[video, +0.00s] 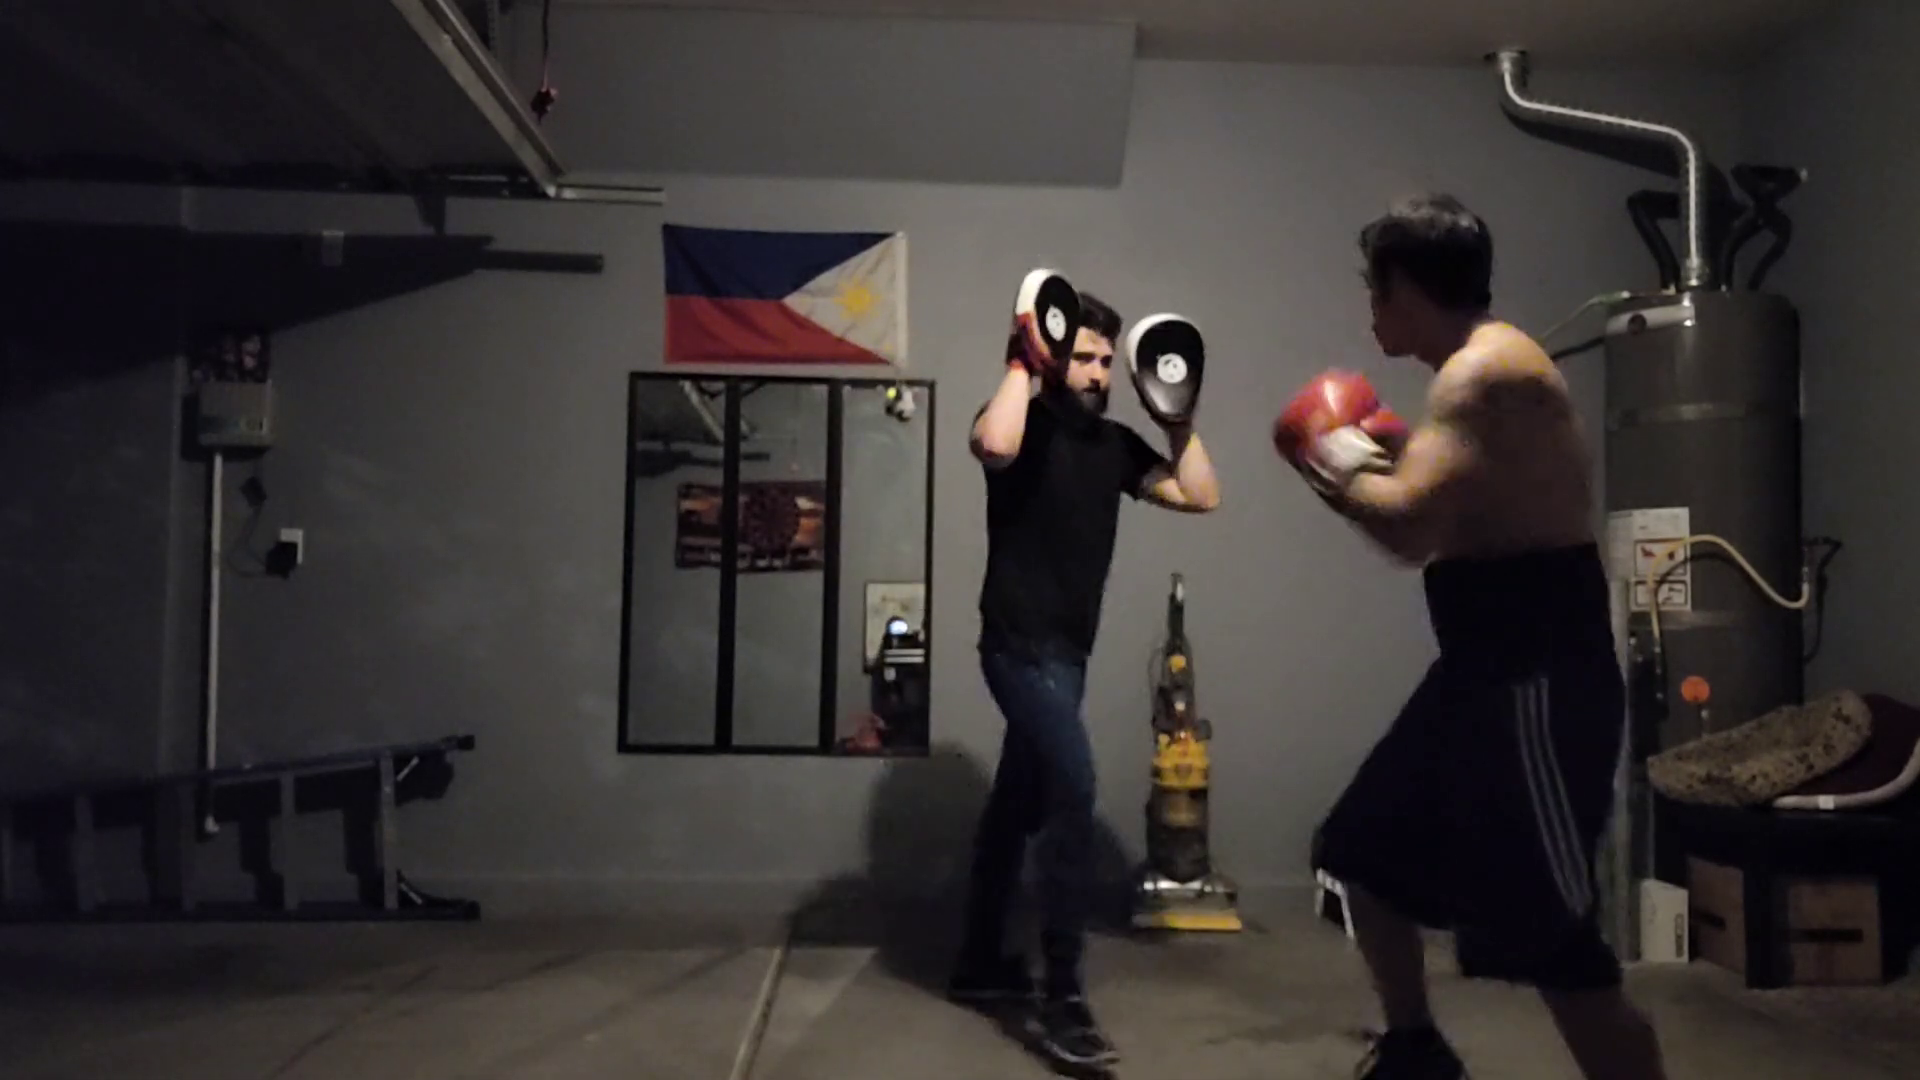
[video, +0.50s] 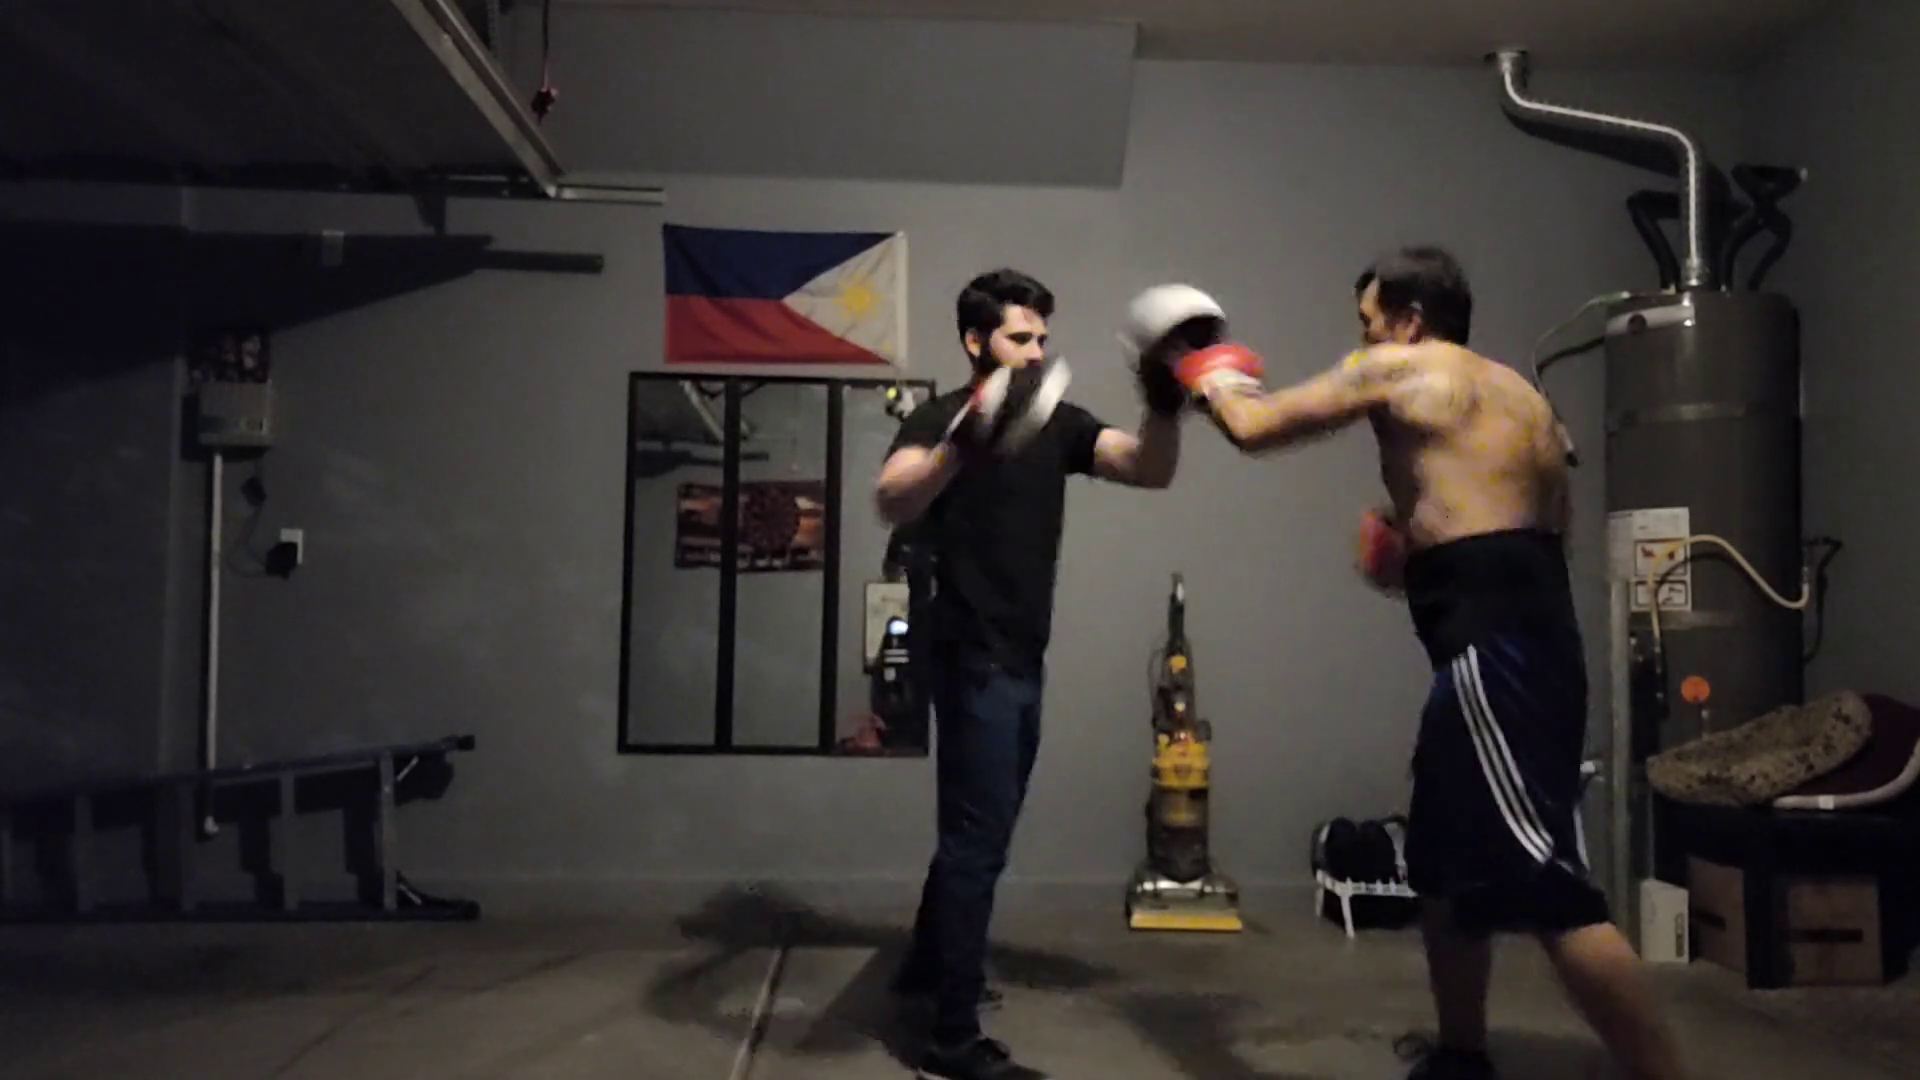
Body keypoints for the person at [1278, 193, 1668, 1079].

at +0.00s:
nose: (1373, 318)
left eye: (1379, 296)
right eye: (1372, 296)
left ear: (1422, 292)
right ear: (1449, 286)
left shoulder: (1483, 369)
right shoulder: (1499, 360)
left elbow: (1407, 523)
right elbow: (1468, 494)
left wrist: (1324, 465)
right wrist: (1382, 449)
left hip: (1538, 673)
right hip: (1482, 668)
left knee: (1556, 930)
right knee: (1367, 851)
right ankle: (1413, 1045)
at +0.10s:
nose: (1363, 308)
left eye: (1374, 289)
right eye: (1366, 288)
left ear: (1416, 291)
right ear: (1433, 288)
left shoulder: (1501, 362)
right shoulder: (1450, 371)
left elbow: (1523, 500)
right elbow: (1440, 453)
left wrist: (1391, 489)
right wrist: (1359, 398)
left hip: (1535, 667)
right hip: (1464, 663)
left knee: (1566, 916)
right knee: (1390, 863)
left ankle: (1640, 1072)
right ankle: (1437, 1046)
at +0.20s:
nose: (1357, 314)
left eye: (1369, 298)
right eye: (1361, 298)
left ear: (1414, 307)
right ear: (1405, 307)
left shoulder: (1499, 370)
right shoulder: (1405, 383)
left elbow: (1572, 487)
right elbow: (1317, 383)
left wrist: (1425, 483)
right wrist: (1225, 320)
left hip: (1523, 665)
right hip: (1451, 666)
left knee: (1539, 915)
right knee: (1408, 875)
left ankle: (1617, 1071)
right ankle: (1451, 1054)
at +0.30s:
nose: (1353, 318)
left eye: (1361, 301)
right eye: (1355, 301)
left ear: (1397, 306)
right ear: (1416, 308)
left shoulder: (1473, 372)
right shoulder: (1415, 393)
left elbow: (1511, 488)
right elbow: (1347, 438)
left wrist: (1383, 464)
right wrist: (1272, 362)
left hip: (1505, 648)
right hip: (1453, 652)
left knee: (1511, 879)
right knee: (1415, 864)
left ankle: (1608, 1070)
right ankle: (1451, 1054)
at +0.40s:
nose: (1357, 323)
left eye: (1365, 307)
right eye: (1359, 307)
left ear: (1400, 305)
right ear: (1431, 307)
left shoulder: (1431, 357)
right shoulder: (1477, 377)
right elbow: (1391, 501)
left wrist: (1264, 409)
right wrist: (1297, 451)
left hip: (1486, 632)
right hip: (1486, 631)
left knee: (1526, 871)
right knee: (1447, 859)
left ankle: (1651, 1064)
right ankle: (1459, 1054)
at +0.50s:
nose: (1363, 338)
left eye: (1368, 322)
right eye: (1361, 323)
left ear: (1403, 317)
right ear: (1451, 319)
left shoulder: (1399, 365)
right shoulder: (1529, 398)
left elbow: (1252, 424)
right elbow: (1541, 540)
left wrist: (1210, 368)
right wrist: (1417, 559)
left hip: (1492, 640)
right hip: (1528, 634)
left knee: (1547, 881)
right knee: (1444, 859)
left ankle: (1661, 1069)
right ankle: (1460, 1056)